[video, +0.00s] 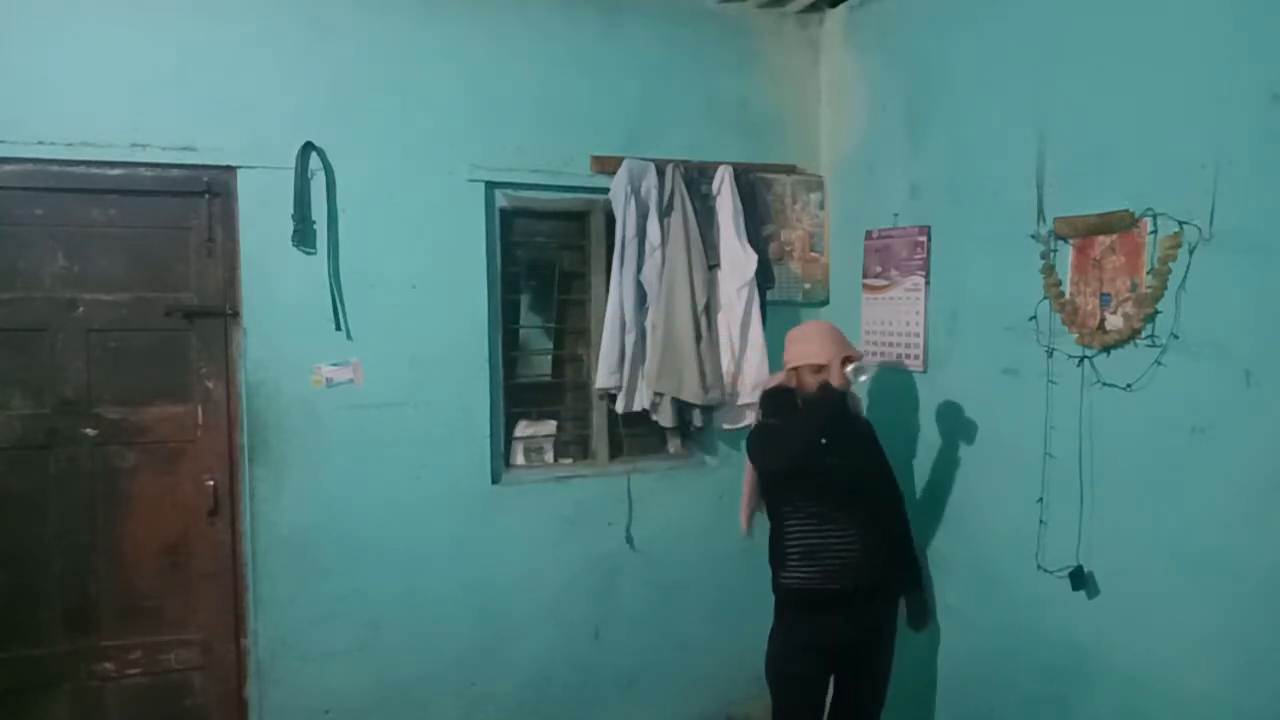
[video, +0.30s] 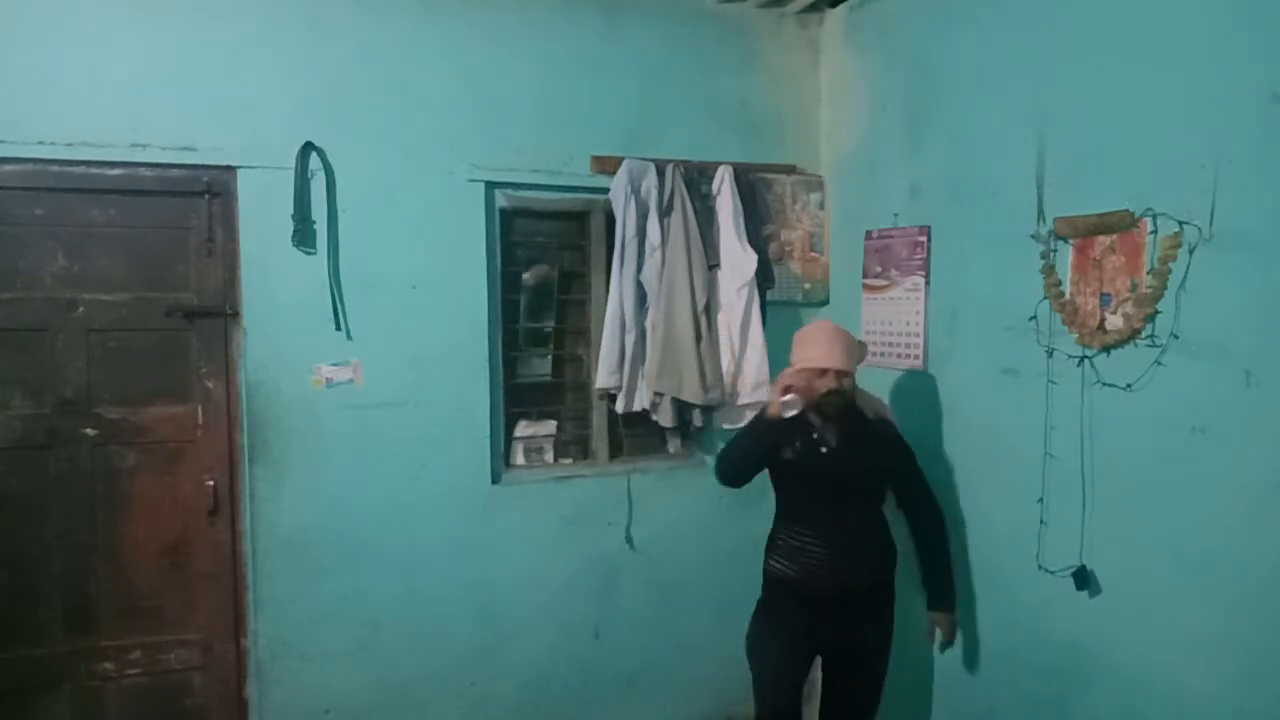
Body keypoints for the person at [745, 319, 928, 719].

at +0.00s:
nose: (834, 379)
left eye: (842, 367)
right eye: (819, 369)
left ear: (849, 369)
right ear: (792, 376)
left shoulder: (858, 429)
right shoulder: (770, 435)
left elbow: (892, 511)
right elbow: (781, 463)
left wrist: (914, 588)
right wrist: (831, 398)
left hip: (870, 610)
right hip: (802, 611)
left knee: (859, 711)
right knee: (796, 711)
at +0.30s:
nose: (832, 383)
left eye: (842, 374)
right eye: (820, 374)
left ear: (854, 377)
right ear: (796, 377)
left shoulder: (878, 434)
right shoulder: (779, 430)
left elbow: (924, 512)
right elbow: (728, 472)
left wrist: (941, 601)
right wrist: (771, 415)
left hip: (864, 602)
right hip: (790, 598)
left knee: (851, 711)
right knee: (775, 709)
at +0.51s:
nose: (817, 406)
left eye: (828, 394)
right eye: (805, 393)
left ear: (843, 388)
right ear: (784, 386)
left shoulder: (871, 444)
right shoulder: (767, 432)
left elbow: (916, 532)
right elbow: (703, 475)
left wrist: (939, 623)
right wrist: (704, 437)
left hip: (857, 609)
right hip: (784, 607)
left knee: (853, 709)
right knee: (789, 708)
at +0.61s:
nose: (805, 395)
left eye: (817, 384)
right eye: (793, 382)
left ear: (834, 382)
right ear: (775, 379)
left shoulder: (864, 445)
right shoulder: (761, 432)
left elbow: (909, 535)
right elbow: (689, 469)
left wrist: (921, 630)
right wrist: (686, 426)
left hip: (849, 616)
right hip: (774, 613)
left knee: (847, 711)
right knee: (765, 710)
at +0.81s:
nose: (763, 372)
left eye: (778, 364)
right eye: (762, 360)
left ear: (808, 377)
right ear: (756, 362)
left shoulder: (848, 447)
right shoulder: (745, 434)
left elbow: (892, 536)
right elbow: (677, 478)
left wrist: (860, 615)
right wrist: (639, 458)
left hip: (827, 629)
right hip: (758, 622)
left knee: (825, 713)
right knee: (760, 710)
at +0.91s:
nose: (756, 365)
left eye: (772, 358)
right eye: (755, 354)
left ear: (802, 375)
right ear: (747, 360)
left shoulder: (837, 448)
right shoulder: (741, 437)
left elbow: (872, 541)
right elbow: (691, 499)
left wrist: (822, 606)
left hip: (817, 634)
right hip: (753, 625)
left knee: (802, 710)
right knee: (754, 710)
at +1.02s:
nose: (745, 369)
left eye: (761, 360)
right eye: (745, 357)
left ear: (794, 374)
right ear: (738, 362)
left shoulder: (824, 453)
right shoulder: (741, 445)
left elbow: (829, 562)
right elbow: (707, 523)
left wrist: (792, 644)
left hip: (806, 631)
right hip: (749, 623)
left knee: (791, 711)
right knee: (750, 709)